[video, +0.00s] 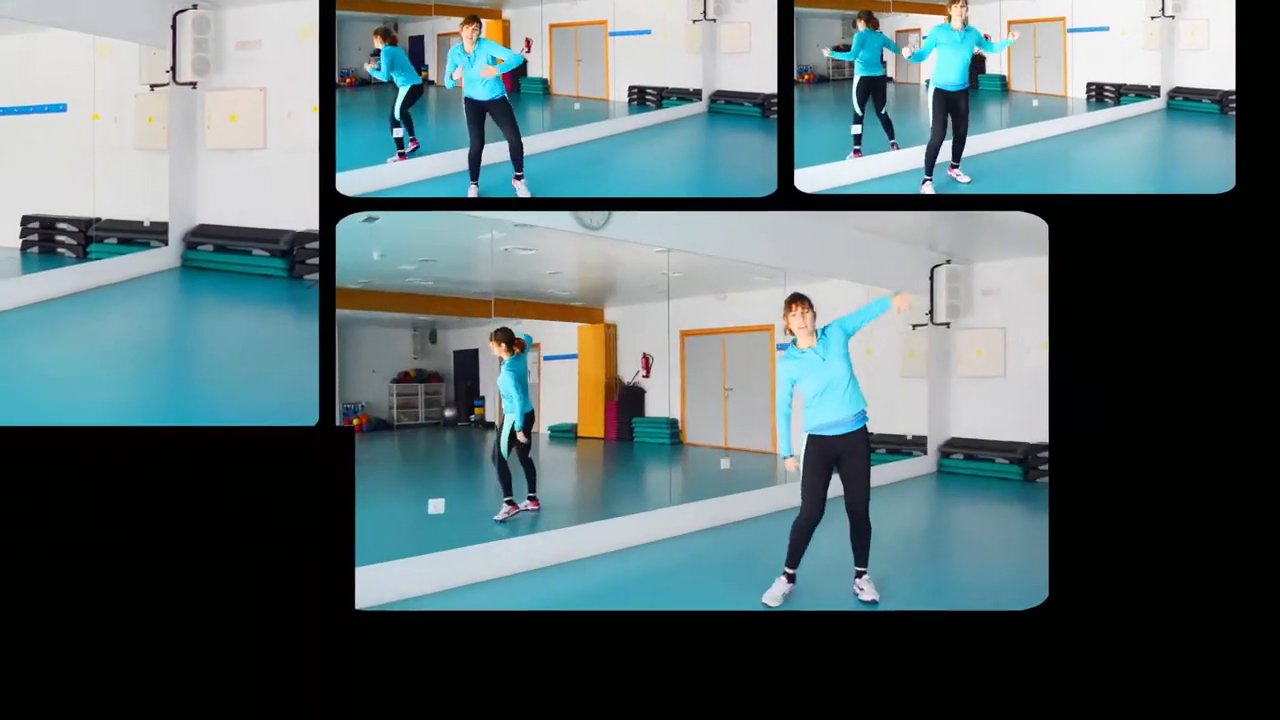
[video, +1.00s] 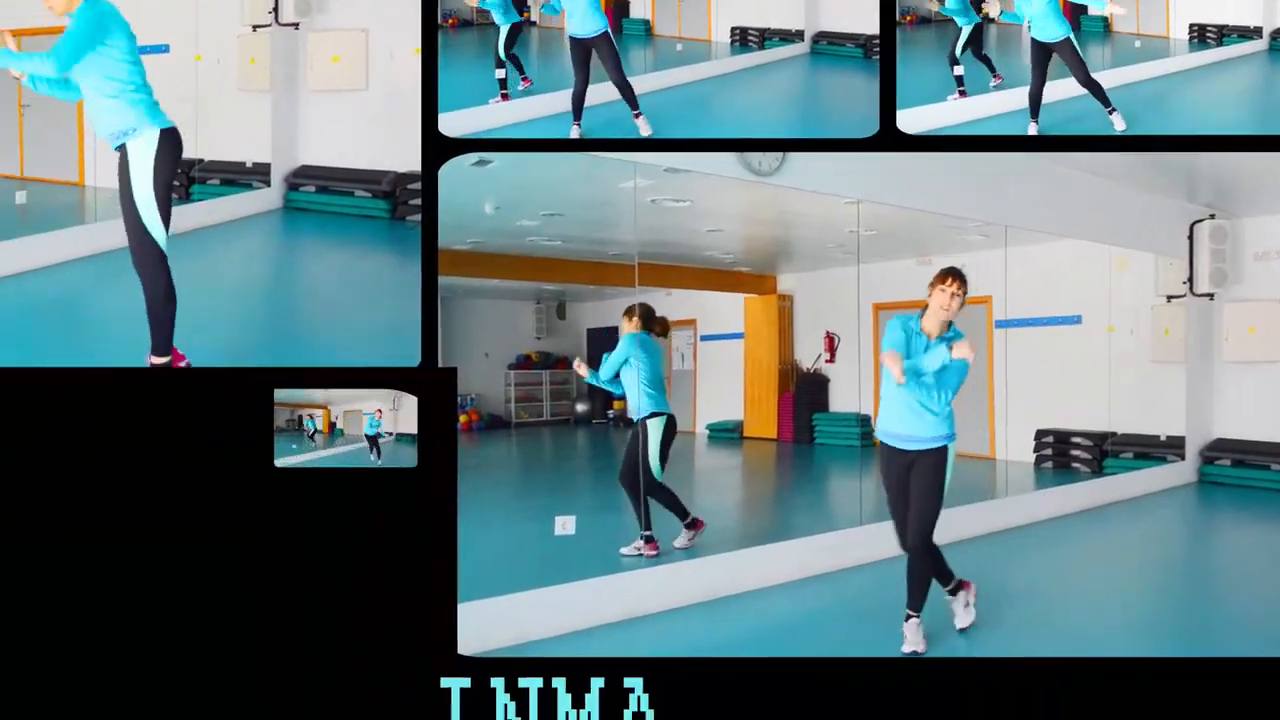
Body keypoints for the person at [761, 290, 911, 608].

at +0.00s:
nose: (801, 317)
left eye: (805, 311)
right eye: (794, 313)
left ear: (813, 315)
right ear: (787, 322)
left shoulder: (837, 331)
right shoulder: (788, 362)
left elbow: (867, 313)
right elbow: (783, 409)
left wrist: (894, 298)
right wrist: (787, 451)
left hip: (854, 436)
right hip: (818, 441)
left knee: (859, 510)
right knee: (810, 513)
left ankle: (861, 577)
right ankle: (787, 578)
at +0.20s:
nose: (892, 322)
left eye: (898, 316)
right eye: (885, 317)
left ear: (909, 323)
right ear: (877, 325)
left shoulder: (933, 360)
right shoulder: (866, 367)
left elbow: (974, 397)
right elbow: (869, 413)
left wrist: (952, 414)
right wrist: (884, 441)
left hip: (926, 465)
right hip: (883, 466)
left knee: (932, 542)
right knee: (892, 542)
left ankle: (940, 622)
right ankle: (892, 610)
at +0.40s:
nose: (946, 327)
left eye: (954, 322)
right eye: (940, 321)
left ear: (965, 331)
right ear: (931, 328)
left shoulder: (978, 374)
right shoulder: (915, 369)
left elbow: (983, 436)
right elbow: (894, 405)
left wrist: (934, 417)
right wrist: (848, 422)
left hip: (959, 482)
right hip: (914, 480)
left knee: (974, 567)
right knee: (911, 567)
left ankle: (993, 652)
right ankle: (908, 631)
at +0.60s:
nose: (935, 341)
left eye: (944, 337)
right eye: (931, 334)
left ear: (954, 346)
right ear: (919, 338)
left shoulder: (959, 388)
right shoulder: (898, 376)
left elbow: (957, 446)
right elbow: (849, 398)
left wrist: (922, 406)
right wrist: (832, 357)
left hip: (932, 498)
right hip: (887, 494)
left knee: (964, 583)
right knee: (889, 581)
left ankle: (1008, 662)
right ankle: (895, 652)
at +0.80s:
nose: (920, 329)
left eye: (928, 324)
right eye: (915, 320)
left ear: (935, 333)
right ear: (902, 323)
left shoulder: (935, 372)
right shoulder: (875, 355)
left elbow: (917, 418)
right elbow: (834, 372)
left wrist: (903, 375)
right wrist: (867, 327)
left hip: (913, 477)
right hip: (872, 475)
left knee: (920, 565)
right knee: (894, 565)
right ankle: (914, 633)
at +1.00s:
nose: (950, 300)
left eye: (957, 296)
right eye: (945, 291)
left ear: (961, 304)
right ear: (930, 293)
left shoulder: (959, 346)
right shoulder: (899, 327)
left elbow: (943, 398)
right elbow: (898, 369)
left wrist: (907, 374)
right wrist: (949, 352)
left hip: (932, 447)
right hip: (891, 445)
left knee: (918, 539)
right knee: (909, 539)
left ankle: (913, 618)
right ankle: (958, 590)